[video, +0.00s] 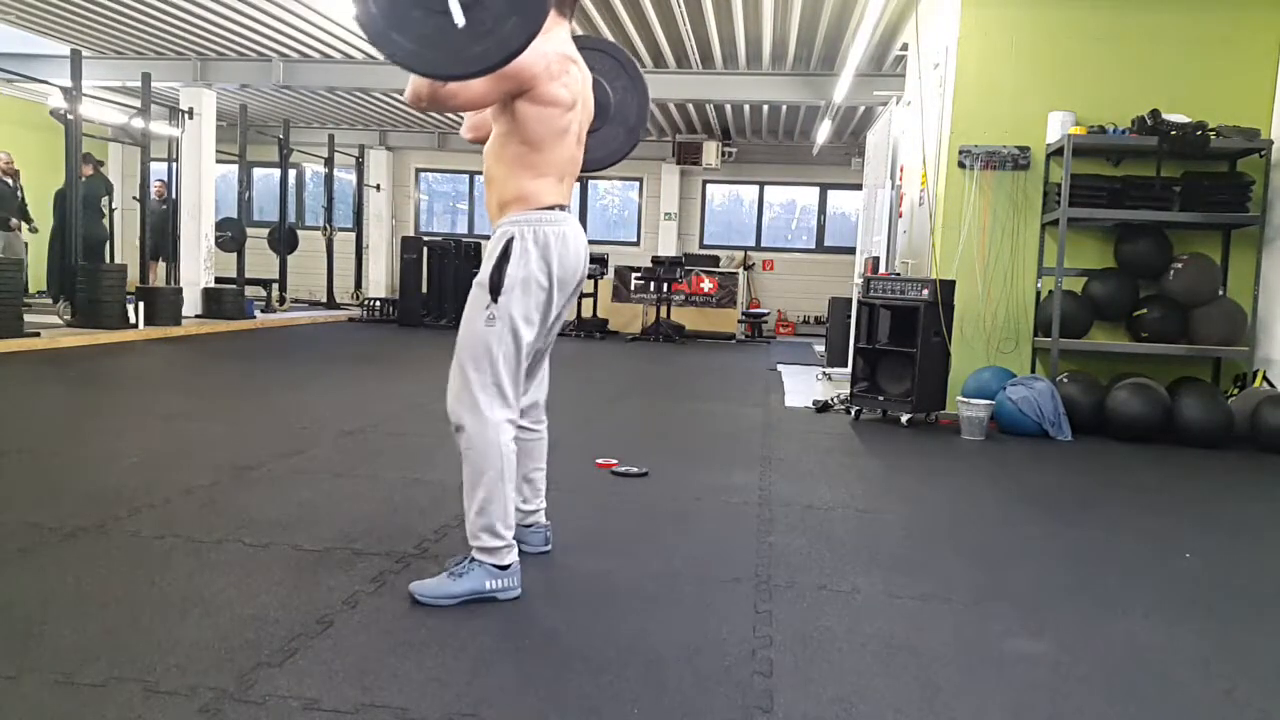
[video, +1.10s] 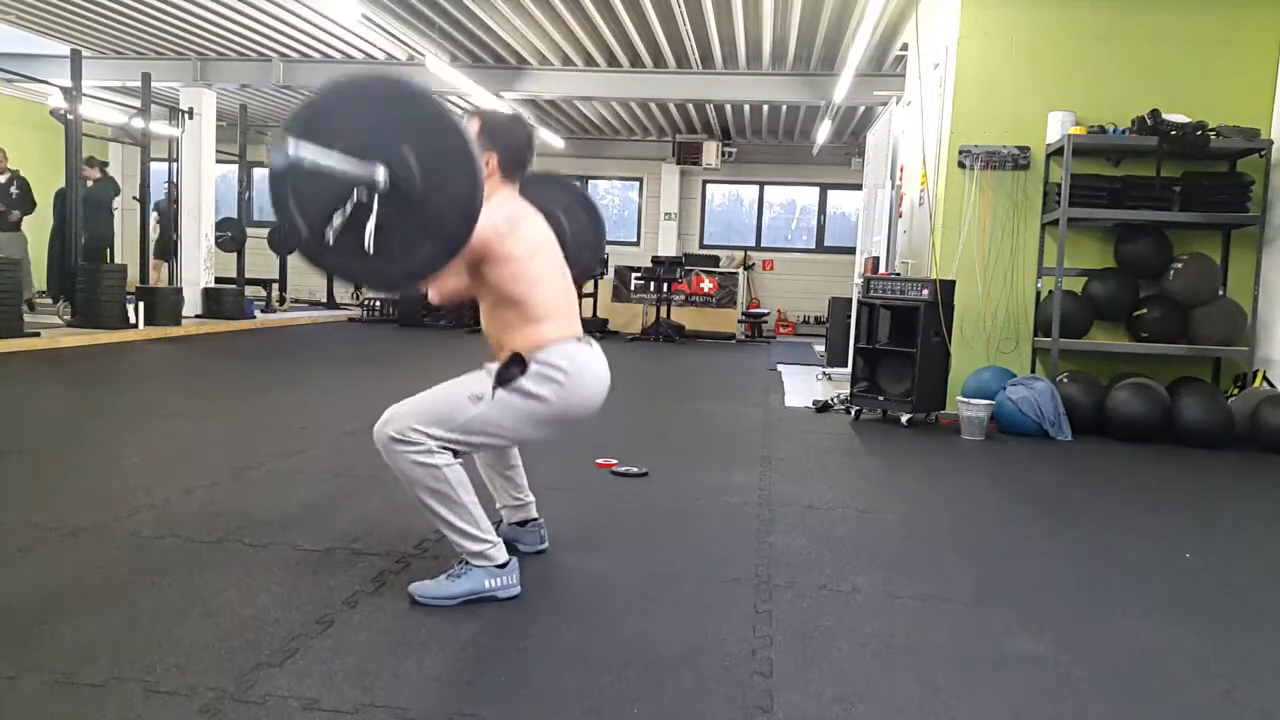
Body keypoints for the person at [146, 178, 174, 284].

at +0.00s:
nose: (157, 189)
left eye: (160, 187)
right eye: (155, 187)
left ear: (165, 189)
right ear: (152, 189)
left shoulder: (172, 203)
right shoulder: (149, 203)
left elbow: (176, 220)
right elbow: (144, 220)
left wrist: (175, 235)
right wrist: (142, 236)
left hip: (168, 237)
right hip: (152, 237)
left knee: (170, 264)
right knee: (152, 265)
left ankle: (171, 287)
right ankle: (150, 288)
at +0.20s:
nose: (165, 191)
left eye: (168, 188)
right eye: (163, 188)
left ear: (173, 189)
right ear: (160, 189)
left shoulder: (177, 202)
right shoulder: (155, 203)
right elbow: (149, 220)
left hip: (175, 234)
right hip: (160, 233)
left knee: (176, 263)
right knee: (155, 263)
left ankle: (177, 289)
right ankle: (152, 288)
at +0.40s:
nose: (169, 192)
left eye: (172, 189)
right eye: (167, 189)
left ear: (176, 190)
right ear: (165, 189)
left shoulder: (180, 203)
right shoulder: (160, 204)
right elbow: (150, 218)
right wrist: (162, 221)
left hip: (179, 237)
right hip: (165, 237)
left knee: (180, 266)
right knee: (158, 266)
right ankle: (152, 287)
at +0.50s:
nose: (171, 192)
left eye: (174, 189)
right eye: (169, 189)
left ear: (177, 190)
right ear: (166, 190)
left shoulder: (181, 203)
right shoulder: (161, 204)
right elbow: (152, 219)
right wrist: (164, 222)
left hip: (179, 237)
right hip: (166, 236)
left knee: (178, 264)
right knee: (160, 264)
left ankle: (177, 289)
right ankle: (153, 288)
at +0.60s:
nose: (173, 192)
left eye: (175, 189)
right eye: (171, 189)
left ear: (178, 190)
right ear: (167, 190)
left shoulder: (181, 204)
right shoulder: (163, 204)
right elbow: (155, 218)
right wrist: (165, 222)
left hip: (179, 236)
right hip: (167, 235)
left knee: (177, 264)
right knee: (160, 264)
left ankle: (177, 288)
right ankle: (153, 287)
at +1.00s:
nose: (173, 190)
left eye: (175, 188)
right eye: (171, 188)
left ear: (178, 189)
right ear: (167, 189)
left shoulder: (180, 203)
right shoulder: (162, 203)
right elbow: (159, 218)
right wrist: (164, 226)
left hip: (178, 235)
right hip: (165, 235)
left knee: (175, 262)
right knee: (157, 263)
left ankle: (175, 286)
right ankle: (153, 285)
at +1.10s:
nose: (168, 191)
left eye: (171, 188)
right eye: (166, 188)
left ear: (176, 190)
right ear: (163, 190)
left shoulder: (179, 204)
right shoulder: (158, 204)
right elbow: (154, 221)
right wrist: (153, 236)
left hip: (177, 236)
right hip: (163, 236)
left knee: (175, 264)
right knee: (156, 264)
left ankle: (175, 288)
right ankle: (153, 287)